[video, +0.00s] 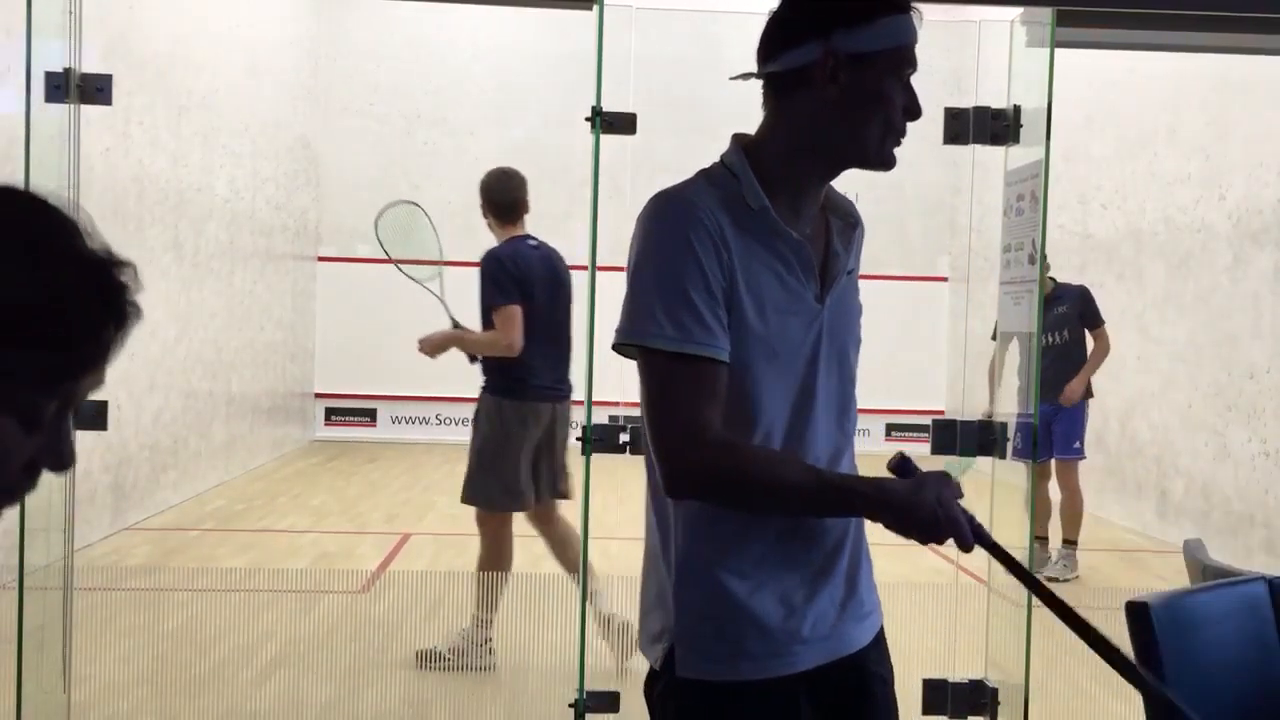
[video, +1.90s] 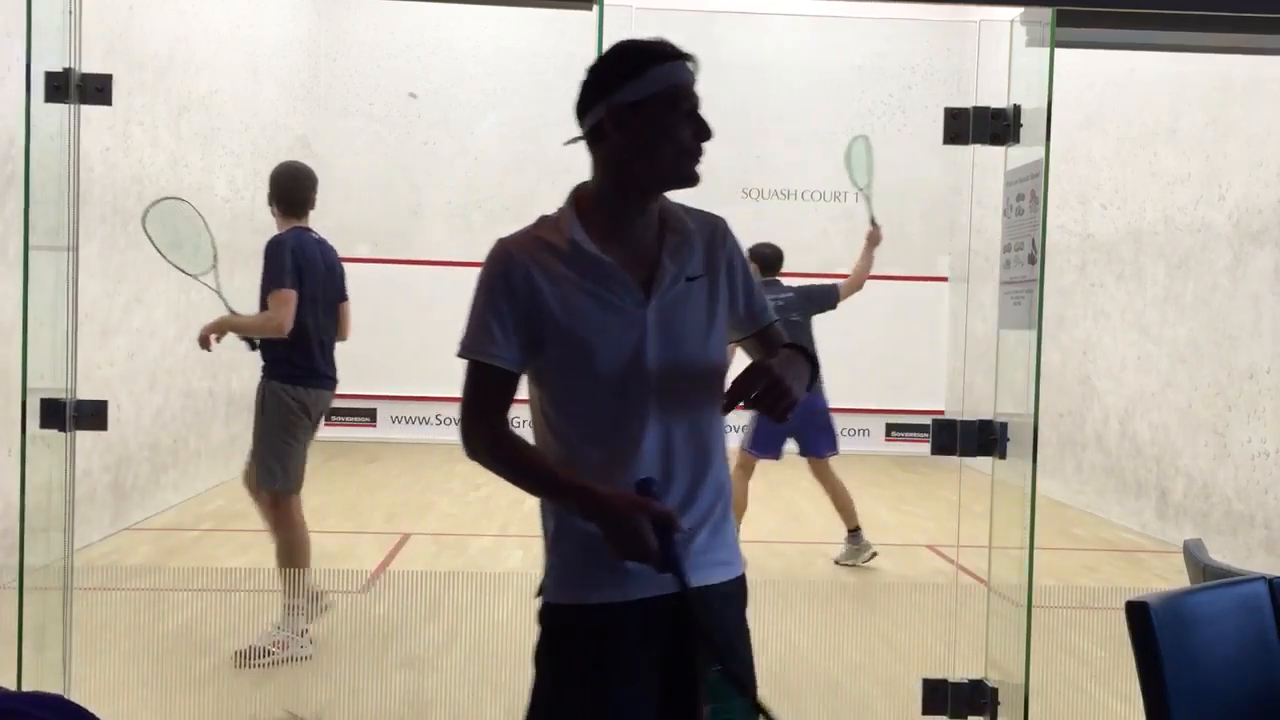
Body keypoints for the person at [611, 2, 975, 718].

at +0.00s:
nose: (916, 108)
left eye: (912, 81)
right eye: (899, 78)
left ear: (830, 78)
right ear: (826, 75)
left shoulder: (841, 225)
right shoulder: (686, 223)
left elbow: (808, 422)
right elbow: (689, 460)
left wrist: (885, 491)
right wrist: (881, 498)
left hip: (845, 630)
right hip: (726, 654)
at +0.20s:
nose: (890, 107)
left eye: (885, 80)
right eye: (871, 78)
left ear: (805, 82)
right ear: (800, 77)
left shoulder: (811, 220)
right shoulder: (662, 232)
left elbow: (775, 427)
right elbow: (683, 474)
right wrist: (879, 486)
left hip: (814, 618)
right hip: (700, 646)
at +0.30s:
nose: (878, 107)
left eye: (873, 79)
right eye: (860, 78)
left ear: (794, 84)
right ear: (790, 80)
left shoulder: (800, 217)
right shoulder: (649, 236)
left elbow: (765, 418)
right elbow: (669, 477)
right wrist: (862, 488)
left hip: (803, 610)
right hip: (690, 641)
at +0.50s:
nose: (855, 110)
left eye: (850, 84)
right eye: (839, 82)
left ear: (769, 89)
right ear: (767, 85)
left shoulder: (790, 216)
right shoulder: (626, 239)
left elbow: (753, 405)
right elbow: (617, 474)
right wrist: (814, 487)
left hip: (797, 604)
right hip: (682, 634)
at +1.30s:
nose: (814, 138)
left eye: (807, 116)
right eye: (795, 116)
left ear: (737, 122)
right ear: (732, 121)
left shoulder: (775, 246)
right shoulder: (619, 254)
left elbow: (788, 387)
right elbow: (557, 429)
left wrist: (886, 470)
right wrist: (704, 501)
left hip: (764, 584)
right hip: (672, 596)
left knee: (769, 714)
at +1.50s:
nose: (781, 136)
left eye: (773, 118)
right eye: (759, 120)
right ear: (691, 136)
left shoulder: (771, 246)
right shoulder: (609, 253)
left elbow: (809, 389)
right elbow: (545, 423)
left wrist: (849, 405)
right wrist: (688, 501)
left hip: (753, 568)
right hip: (658, 578)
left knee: (756, 712)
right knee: (668, 716)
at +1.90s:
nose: (705, 132)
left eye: (698, 113)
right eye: (686, 112)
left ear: (619, 129)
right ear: (614, 127)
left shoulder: (710, 241)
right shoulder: (525, 263)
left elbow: (777, 349)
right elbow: (481, 430)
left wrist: (788, 367)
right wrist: (598, 504)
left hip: (710, 582)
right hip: (596, 594)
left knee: (720, 712)